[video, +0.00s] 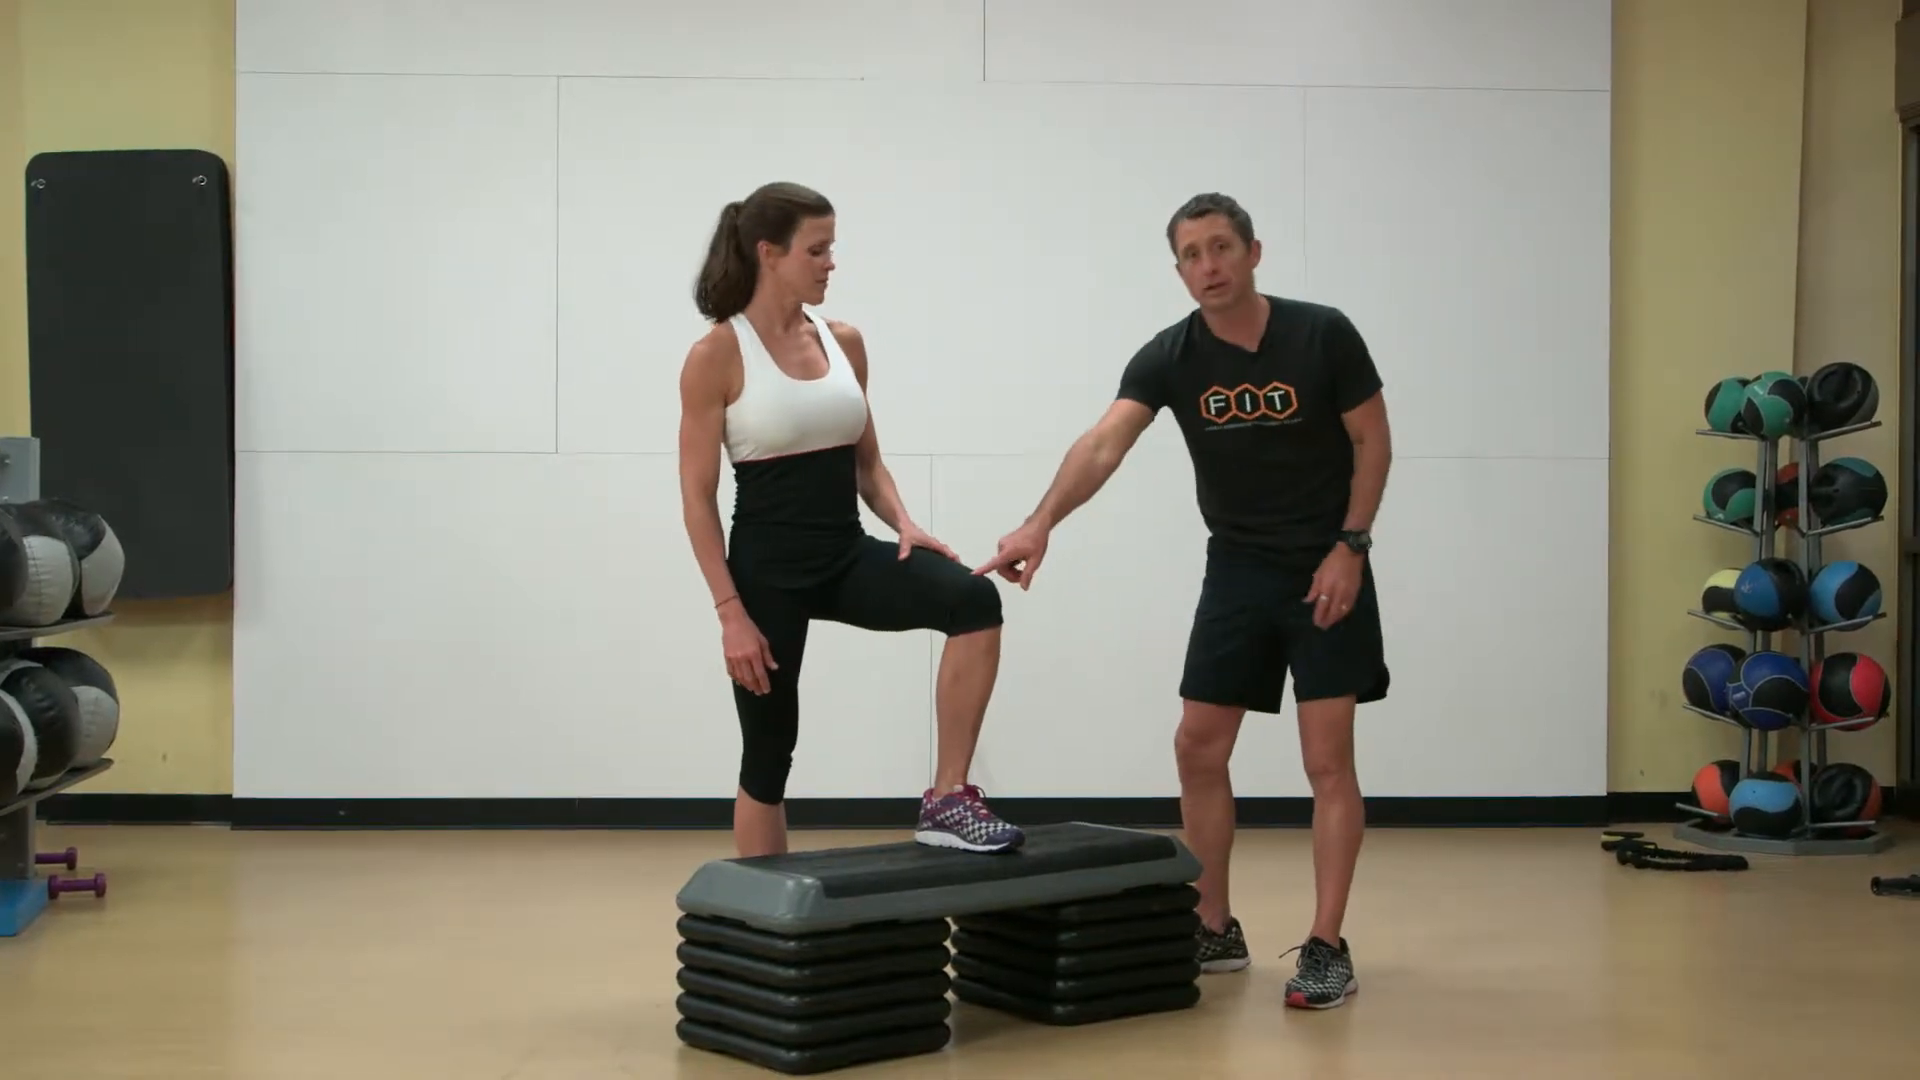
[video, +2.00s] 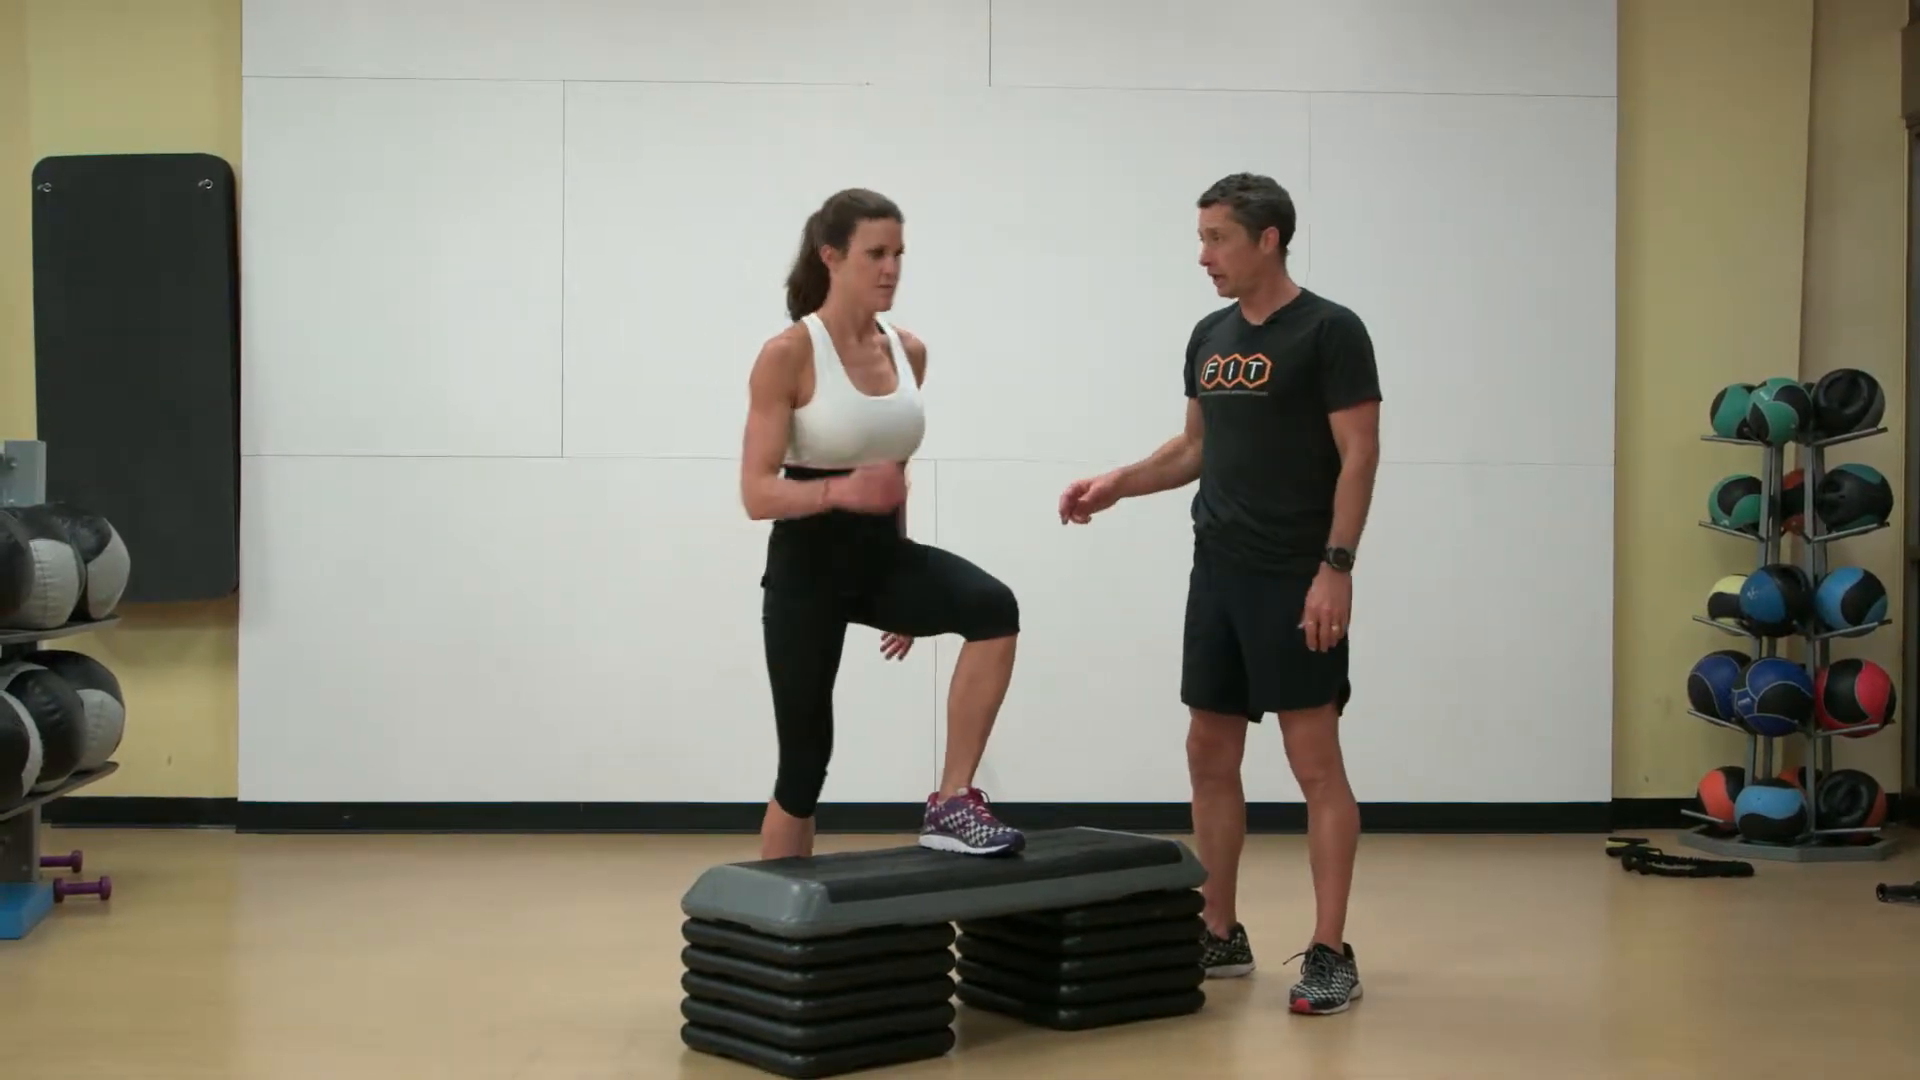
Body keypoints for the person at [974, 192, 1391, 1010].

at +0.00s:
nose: (1207, 266)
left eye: (1220, 248)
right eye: (1191, 255)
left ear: (1253, 253)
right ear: (1178, 270)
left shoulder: (1323, 336)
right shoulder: (1169, 358)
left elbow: (1373, 445)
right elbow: (1102, 444)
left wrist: (1352, 547)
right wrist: (1039, 523)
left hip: (1326, 566)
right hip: (1236, 568)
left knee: (1329, 762)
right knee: (1199, 745)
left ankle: (1326, 941)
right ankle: (1213, 924)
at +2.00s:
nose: (1204, 254)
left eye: (1217, 239)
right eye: (1201, 239)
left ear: (1269, 241)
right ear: (1220, 245)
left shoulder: (1332, 331)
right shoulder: (1210, 335)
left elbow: (1359, 457)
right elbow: (1194, 449)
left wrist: (1336, 567)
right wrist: (1118, 482)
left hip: (1296, 579)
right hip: (1218, 577)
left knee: (1315, 762)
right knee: (1209, 751)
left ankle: (1329, 949)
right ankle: (1219, 932)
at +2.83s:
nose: (1216, 275)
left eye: (1227, 259)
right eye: (1206, 262)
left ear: (1271, 244)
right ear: (1201, 259)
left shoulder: (1333, 333)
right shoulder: (1204, 339)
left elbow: (1362, 454)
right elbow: (1185, 449)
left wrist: (1341, 565)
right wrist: (1113, 478)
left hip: (1297, 575)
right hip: (1214, 573)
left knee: (1313, 762)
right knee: (1205, 752)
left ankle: (1328, 949)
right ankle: (1217, 934)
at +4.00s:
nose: (1202, 287)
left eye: (1216, 273)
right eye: (1198, 274)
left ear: (1268, 274)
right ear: (1205, 279)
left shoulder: (1326, 363)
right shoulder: (1193, 368)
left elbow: (1360, 485)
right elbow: (1179, 477)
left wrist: (1339, 591)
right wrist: (1119, 518)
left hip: (1296, 607)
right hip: (1211, 605)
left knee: (1313, 791)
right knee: (1202, 781)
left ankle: (1326, 979)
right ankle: (1215, 962)